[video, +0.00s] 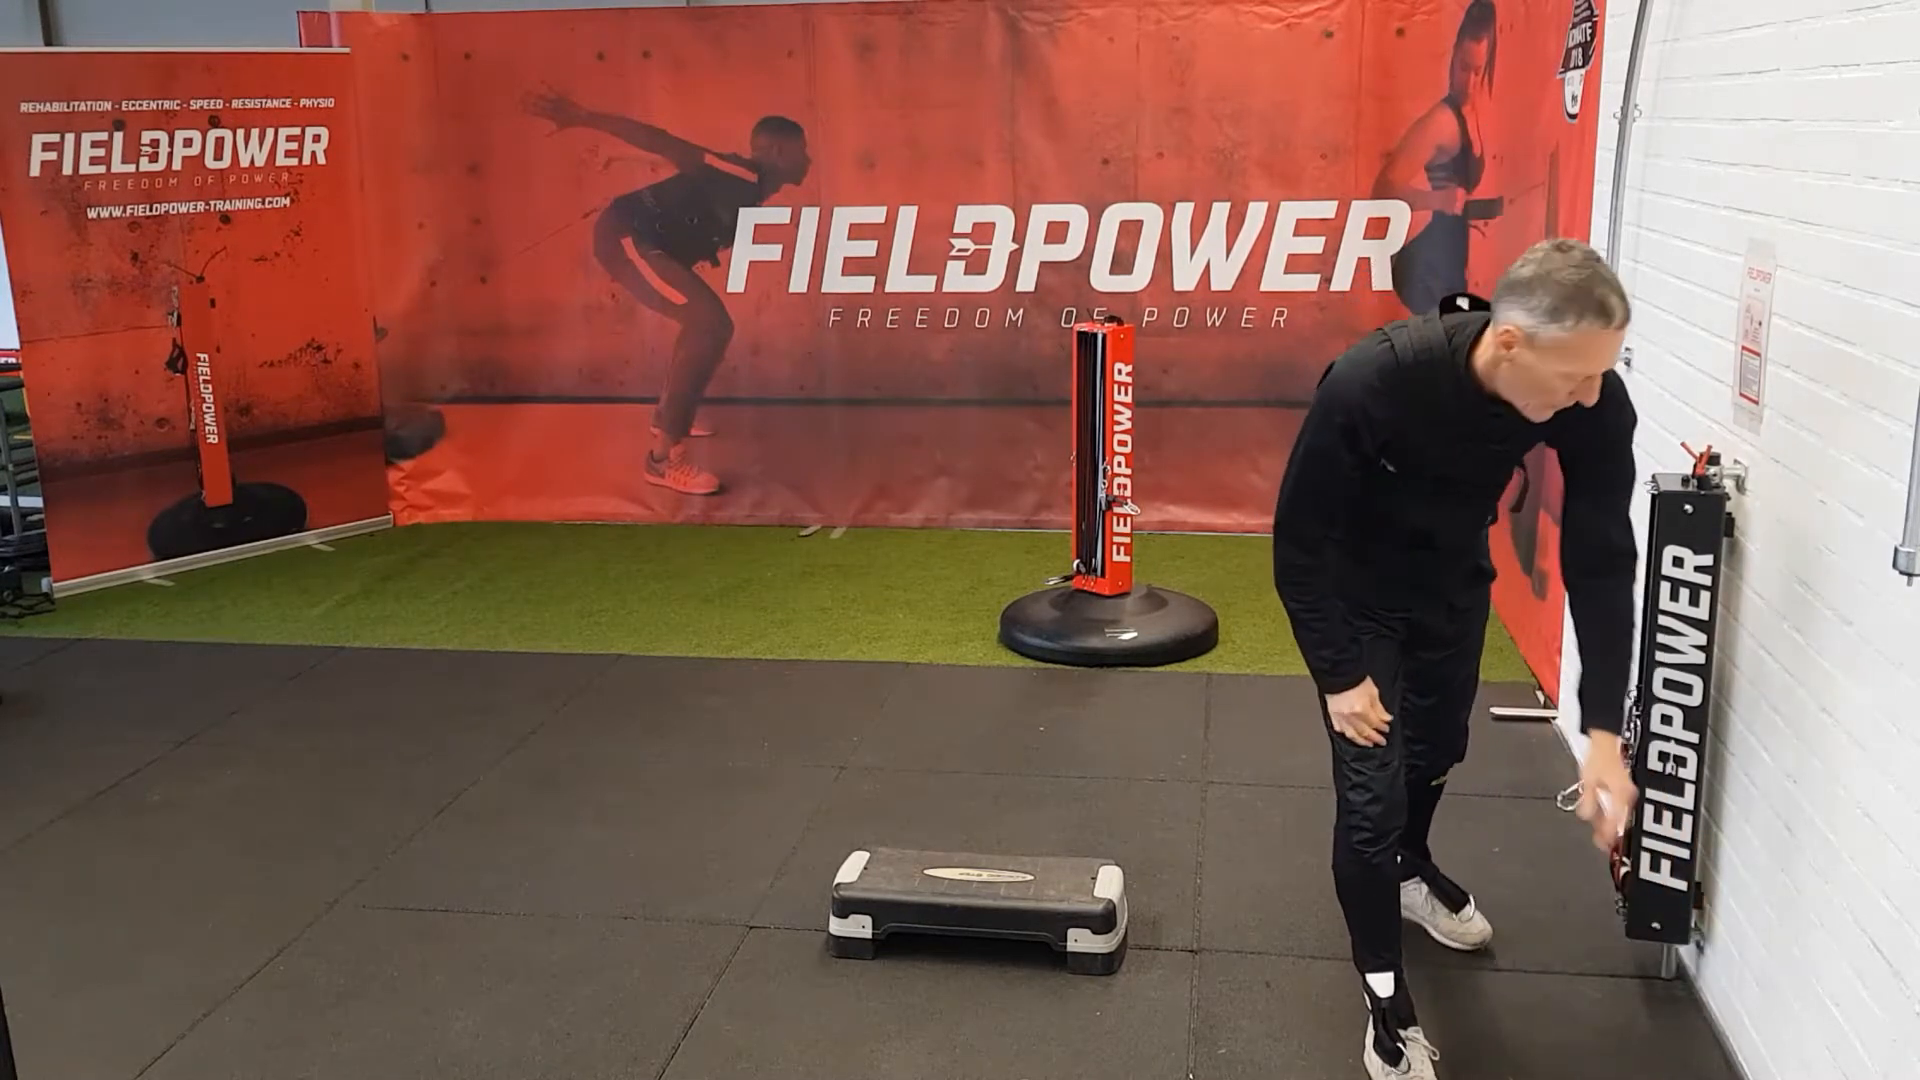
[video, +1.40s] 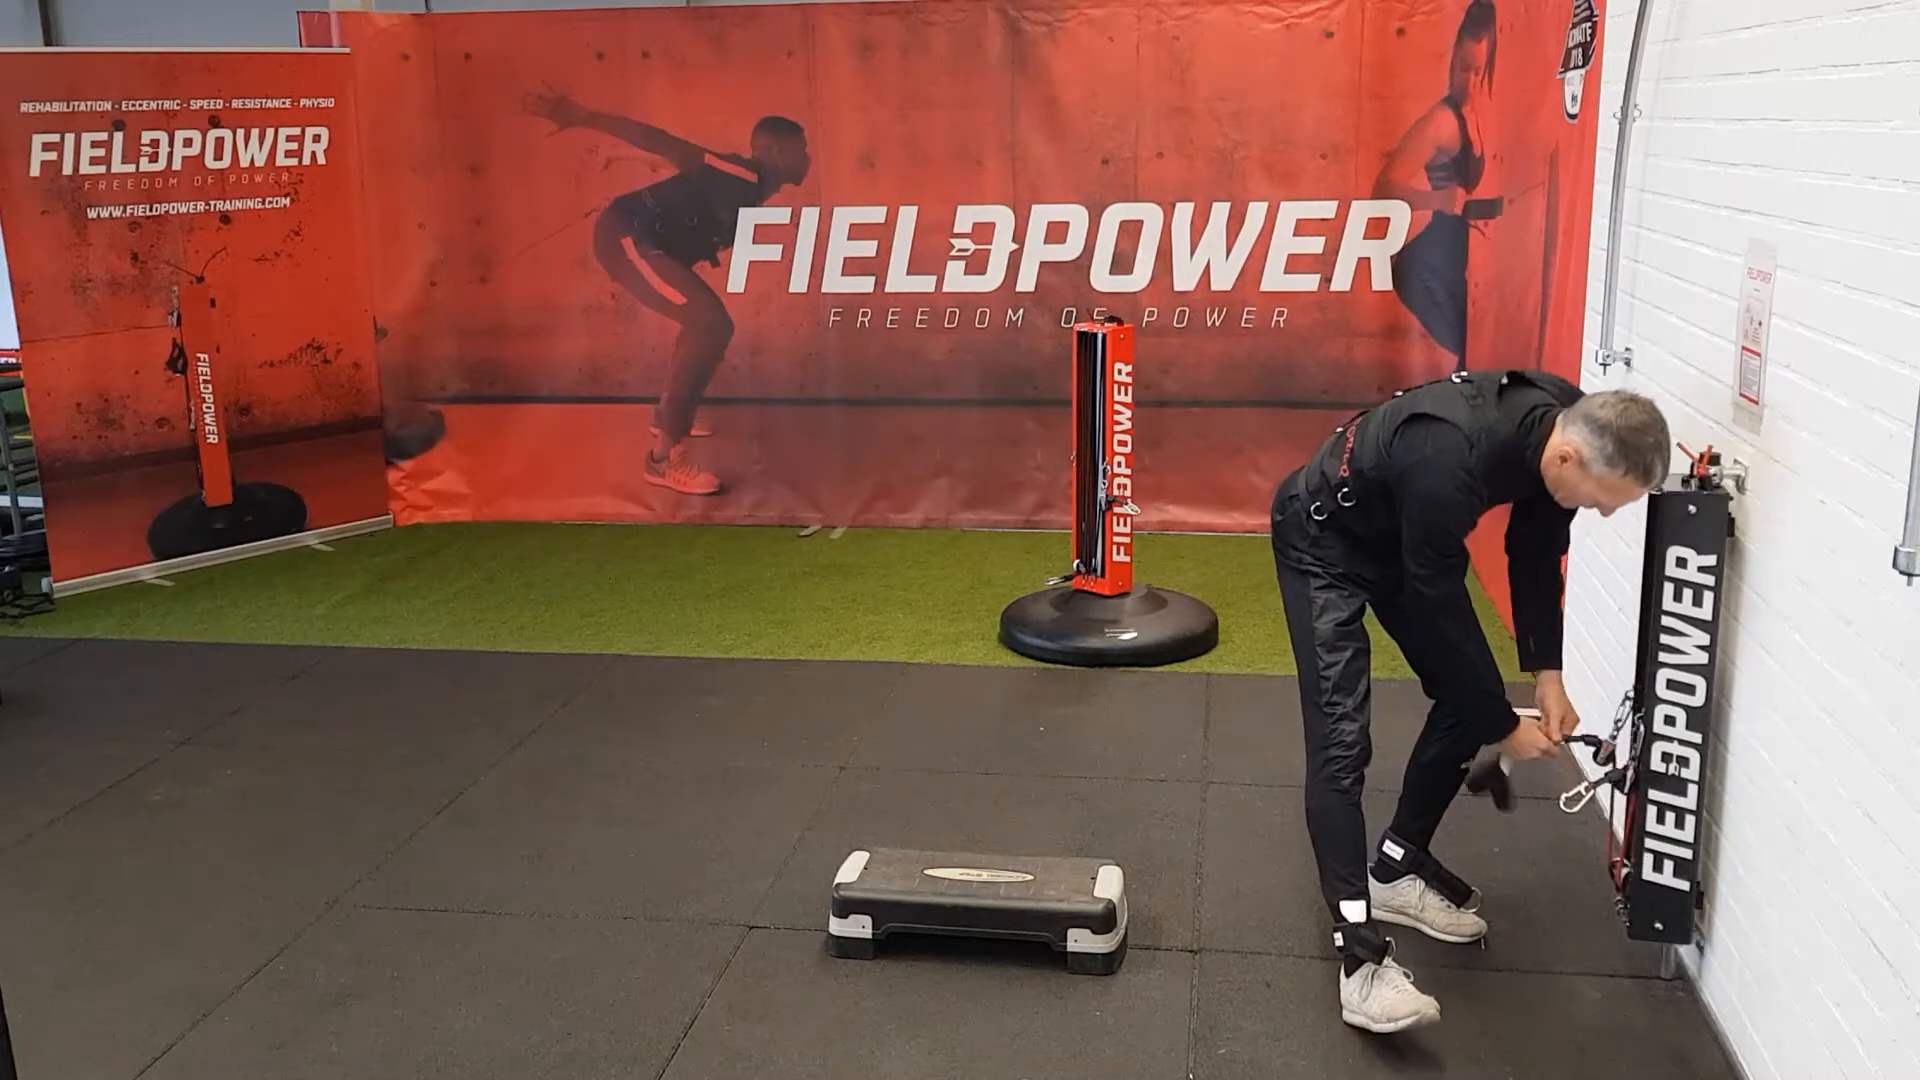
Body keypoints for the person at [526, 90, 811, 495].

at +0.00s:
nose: (807, 159)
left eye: (805, 150)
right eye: (801, 150)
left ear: (774, 151)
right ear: (772, 149)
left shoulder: (749, 187)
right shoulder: (737, 176)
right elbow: (659, 141)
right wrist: (581, 117)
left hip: (643, 236)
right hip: (627, 234)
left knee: (710, 322)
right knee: (712, 325)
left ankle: (670, 414)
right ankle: (666, 457)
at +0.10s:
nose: (807, 159)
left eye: (805, 150)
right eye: (800, 150)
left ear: (773, 151)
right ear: (771, 150)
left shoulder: (749, 187)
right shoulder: (735, 177)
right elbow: (662, 143)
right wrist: (584, 117)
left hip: (645, 236)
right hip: (626, 233)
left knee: (709, 321)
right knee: (713, 326)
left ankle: (670, 411)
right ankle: (665, 457)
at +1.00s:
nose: (807, 159)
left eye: (805, 150)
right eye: (800, 150)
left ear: (774, 151)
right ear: (772, 150)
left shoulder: (749, 188)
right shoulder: (735, 177)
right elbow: (662, 142)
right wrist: (584, 117)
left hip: (644, 236)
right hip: (626, 233)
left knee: (709, 321)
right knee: (713, 326)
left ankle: (670, 411)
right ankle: (665, 457)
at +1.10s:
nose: (807, 158)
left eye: (805, 150)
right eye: (800, 150)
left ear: (774, 151)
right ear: (771, 150)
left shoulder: (750, 189)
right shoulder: (736, 177)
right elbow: (663, 143)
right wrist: (585, 117)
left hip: (645, 236)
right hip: (626, 233)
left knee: (709, 321)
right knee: (713, 326)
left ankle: (671, 411)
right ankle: (665, 457)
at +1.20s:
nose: (807, 159)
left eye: (805, 150)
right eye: (801, 151)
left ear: (773, 151)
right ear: (772, 150)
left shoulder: (749, 187)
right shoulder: (736, 178)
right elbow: (663, 143)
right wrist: (584, 118)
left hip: (644, 236)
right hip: (626, 233)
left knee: (709, 321)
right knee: (713, 326)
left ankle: (671, 411)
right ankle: (665, 457)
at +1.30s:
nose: (807, 159)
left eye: (805, 150)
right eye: (800, 150)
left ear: (774, 151)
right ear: (772, 150)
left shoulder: (749, 188)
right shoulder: (735, 177)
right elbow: (662, 142)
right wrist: (584, 117)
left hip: (645, 236)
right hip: (626, 233)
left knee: (709, 321)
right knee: (713, 326)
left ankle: (671, 411)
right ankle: (665, 457)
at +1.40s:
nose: (807, 158)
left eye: (805, 150)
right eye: (800, 150)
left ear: (774, 151)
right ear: (770, 150)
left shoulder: (750, 190)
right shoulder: (735, 175)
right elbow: (660, 142)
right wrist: (584, 117)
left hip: (646, 238)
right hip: (626, 233)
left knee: (711, 322)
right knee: (712, 325)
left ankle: (671, 412)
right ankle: (665, 456)